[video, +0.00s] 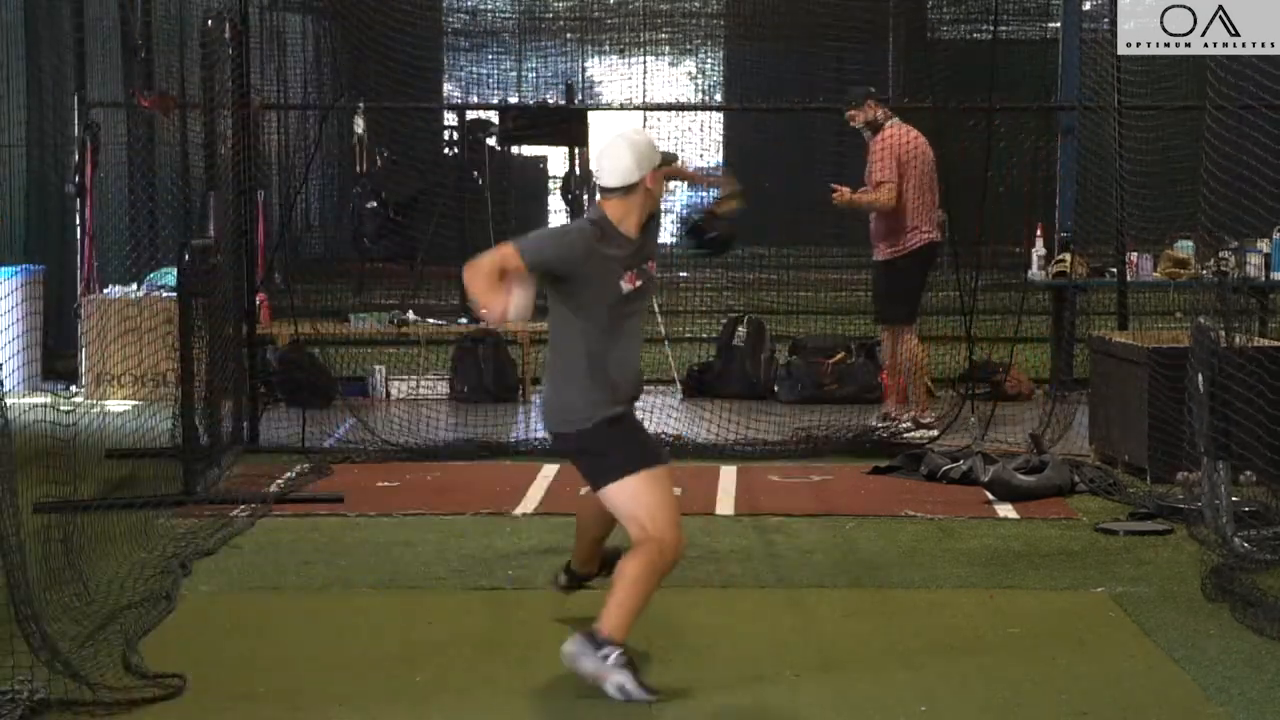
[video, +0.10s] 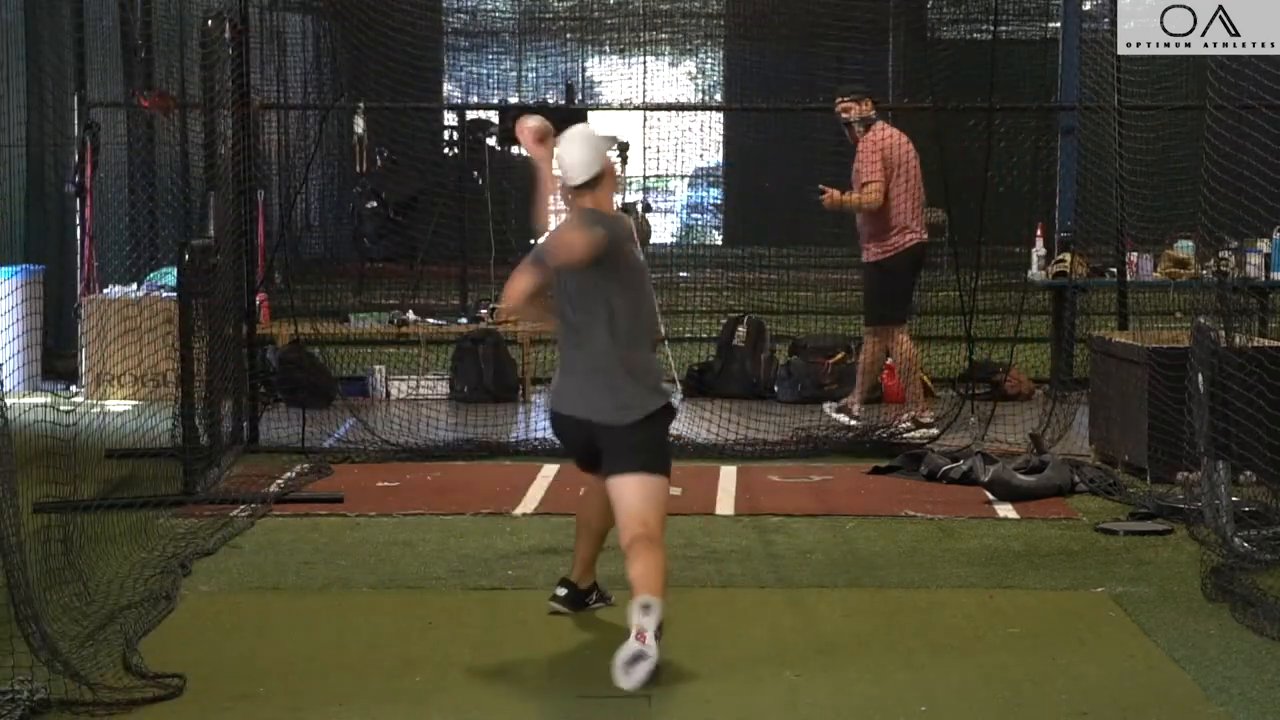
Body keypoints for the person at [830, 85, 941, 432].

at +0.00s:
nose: (852, 121)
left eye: (855, 113)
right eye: (849, 115)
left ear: (874, 107)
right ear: (877, 109)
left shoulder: (884, 141)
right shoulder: (915, 138)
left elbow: (887, 197)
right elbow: (928, 196)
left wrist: (850, 198)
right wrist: (865, 194)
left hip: (900, 248)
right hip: (922, 244)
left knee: (898, 329)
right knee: (896, 328)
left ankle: (917, 412)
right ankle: (899, 409)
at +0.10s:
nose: (843, 117)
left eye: (847, 109)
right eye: (840, 111)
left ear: (867, 106)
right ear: (868, 112)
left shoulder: (871, 143)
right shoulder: (899, 138)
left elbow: (873, 198)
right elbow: (910, 197)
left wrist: (840, 201)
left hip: (888, 250)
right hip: (907, 246)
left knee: (890, 332)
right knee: (876, 332)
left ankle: (922, 412)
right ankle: (855, 405)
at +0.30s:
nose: (825, 114)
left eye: (830, 107)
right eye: (822, 109)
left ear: (849, 107)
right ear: (824, 112)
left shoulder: (853, 143)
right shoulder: (867, 140)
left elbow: (852, 199)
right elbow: (864, 197)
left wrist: (816, 199)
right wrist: (824, 198)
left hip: (859, 254)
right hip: (866, 251)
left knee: (865, 332)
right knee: (848, 331)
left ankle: (914, 406)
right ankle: (829, 408)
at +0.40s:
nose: (813, 108)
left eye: (819, 102)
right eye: (810, 104)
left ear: (839, 104)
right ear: (817, 109)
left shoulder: (839, 140)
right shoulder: (850, 137)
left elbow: (843, 194)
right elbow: (844, 194)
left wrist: (804, 195)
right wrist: (809, 196)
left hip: (843, 252)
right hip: (852, 249)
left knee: (828, 327)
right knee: (834, 329)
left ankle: (892, 392)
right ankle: (828, 409)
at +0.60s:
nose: (806, 101)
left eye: (812, 95)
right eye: (803, 97)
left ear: (830, 100)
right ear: (802, 103)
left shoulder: (830, 130)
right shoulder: (813, 136)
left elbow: (828, 180)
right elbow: (807, 189)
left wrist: (789, 178)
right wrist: (783, 180)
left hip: (818, 242)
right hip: (816, 241)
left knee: (793, 323)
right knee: (821, 325)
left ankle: (839, 393)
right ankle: (822, 407)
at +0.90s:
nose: (776, 105)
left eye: (783, 99)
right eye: (774, 99)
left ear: (801, 104)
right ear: (775, 104)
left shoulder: (802, 134)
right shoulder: (798, 134)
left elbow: (802, 187)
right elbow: (792, 185)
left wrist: (763, 179)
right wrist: (762, 180)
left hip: (785, 245)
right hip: (810, 245)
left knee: (753, 322)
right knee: (808, 323)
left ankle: (784, 406)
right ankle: (824, 409)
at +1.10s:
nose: (739, 117)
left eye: (743, 110)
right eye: (738, 111)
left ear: (759, 110)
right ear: (764, 110)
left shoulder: (776, 140)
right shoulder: (777, 138)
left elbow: (787, 193)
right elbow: (775, 191)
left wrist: (741, 190)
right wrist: (738, 184)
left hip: (773, 247)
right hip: (792, 246)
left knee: (736, 321)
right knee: (799, 326)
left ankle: (742, 413)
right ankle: (821, 408)